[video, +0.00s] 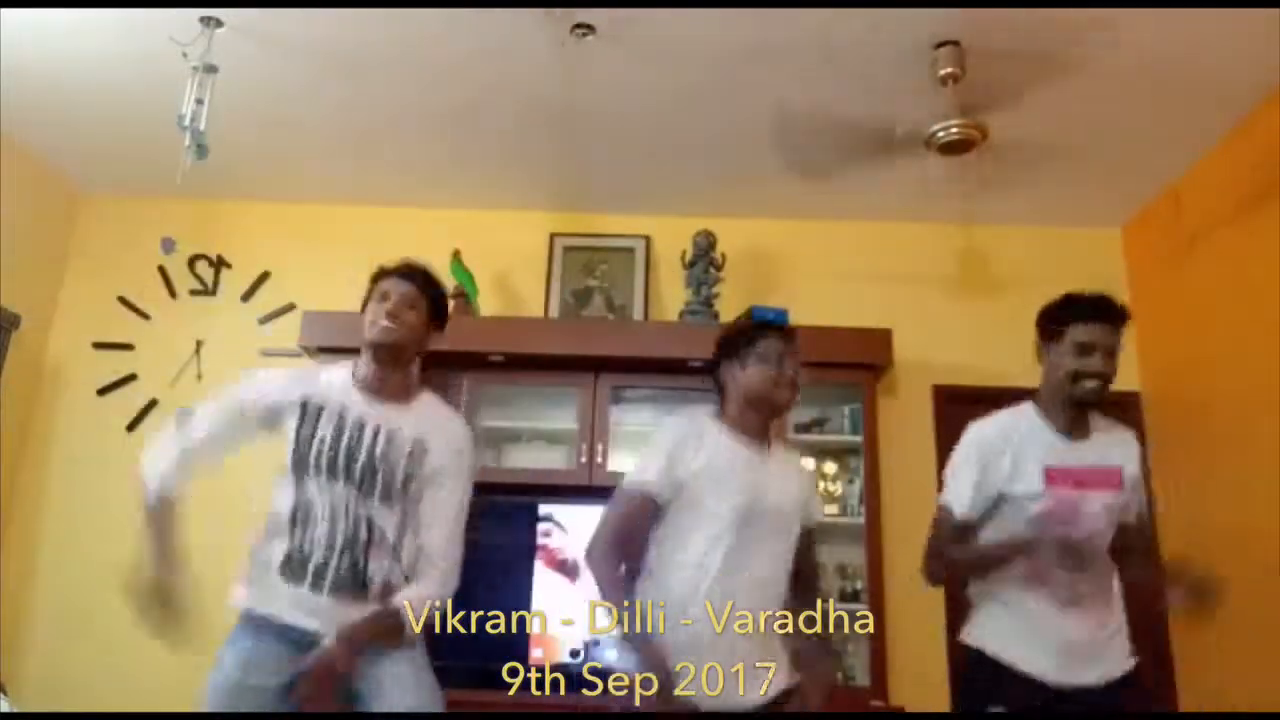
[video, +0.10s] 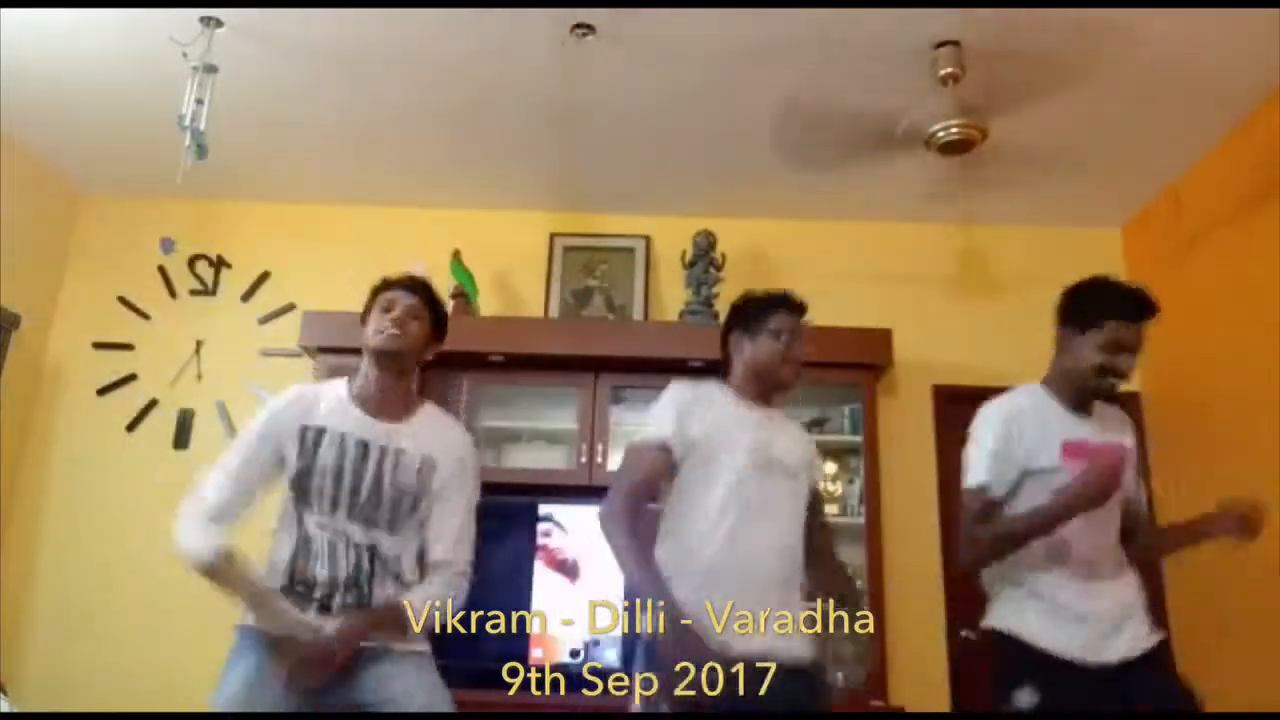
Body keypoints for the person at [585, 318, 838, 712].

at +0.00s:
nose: (787, 374)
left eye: (791, 363)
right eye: (769, 360)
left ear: (797, 376)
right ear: (729, 371)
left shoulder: (797, 475)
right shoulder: (686, 437)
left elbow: (804, 593)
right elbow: (603, 550)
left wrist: (814, 668)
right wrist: (640, 644)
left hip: (762, 688)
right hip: (670, 686)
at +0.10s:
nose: (795, 352)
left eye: (798, 341)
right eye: (781, 337)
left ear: (799, 350)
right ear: (738, 343)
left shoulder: (799, 441)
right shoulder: (689, 402)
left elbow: (819, 555)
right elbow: (617, 512)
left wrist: (861, 619)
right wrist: (669, 624)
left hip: (787, 671)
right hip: (695, 666)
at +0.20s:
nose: (810, 341)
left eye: (813, 330)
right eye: (795, 325)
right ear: (748, 329)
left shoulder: (803, 423)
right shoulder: (696, 387)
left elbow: (828, 546)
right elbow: (629, 497)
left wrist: (898, 617)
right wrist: (665, 581)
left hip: (803, 644)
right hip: (709, 638)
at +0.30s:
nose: (831, 379)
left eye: (836, 366)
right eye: (824, 360)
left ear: (787, 352)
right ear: (775, 345)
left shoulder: (814, 443)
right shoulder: (707, 410)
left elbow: (845, 581)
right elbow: (668, 525)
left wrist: (943, 642)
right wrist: (600, 573)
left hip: (851, 653)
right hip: (762, 646)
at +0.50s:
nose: (842, 402)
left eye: (849, 390)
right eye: (829, 386)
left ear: (853, 399)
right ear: (784, 388)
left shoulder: (848, 495)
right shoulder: (733, 459)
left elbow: (889, 610)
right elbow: (690, 562)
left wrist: (979, 664)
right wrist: (607, 622)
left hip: (868, 691)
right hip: (779, 683)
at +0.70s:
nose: (843, 299)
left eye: (855, 293)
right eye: (823, 290)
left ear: (865, 315)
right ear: (790, 314)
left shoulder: (870, 408)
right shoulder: (738, 381)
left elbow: (882, 540)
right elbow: (660, 495)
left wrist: (948, 656)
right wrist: (705, 620)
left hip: (842, 651)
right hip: (740, 649)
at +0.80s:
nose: (806, 318)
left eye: (823, 307)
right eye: (793, 308)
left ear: (847, 329)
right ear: (775, 329)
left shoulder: (872, 426)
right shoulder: (726, 402)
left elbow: (876, 562)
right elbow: (661, 530)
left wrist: (892, 673)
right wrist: (693, 648)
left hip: (836, 673)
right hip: (730, 671)